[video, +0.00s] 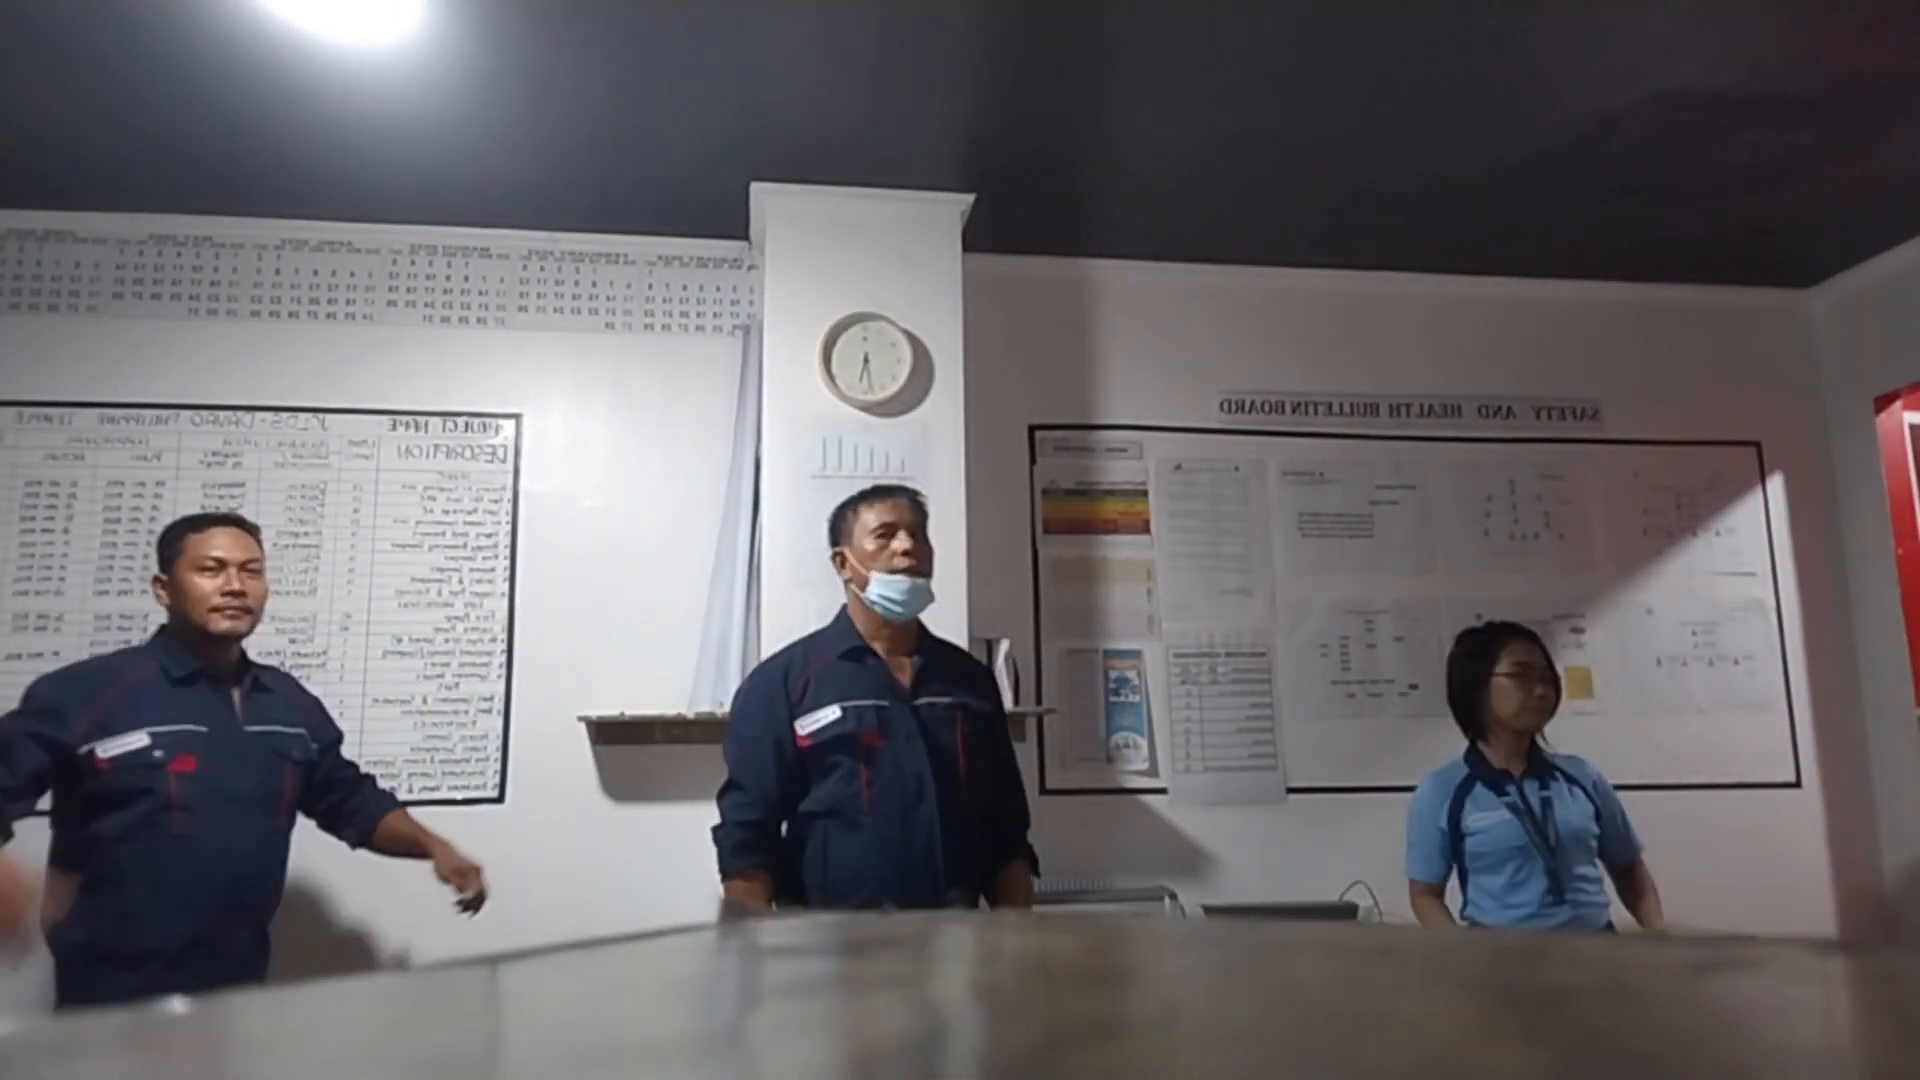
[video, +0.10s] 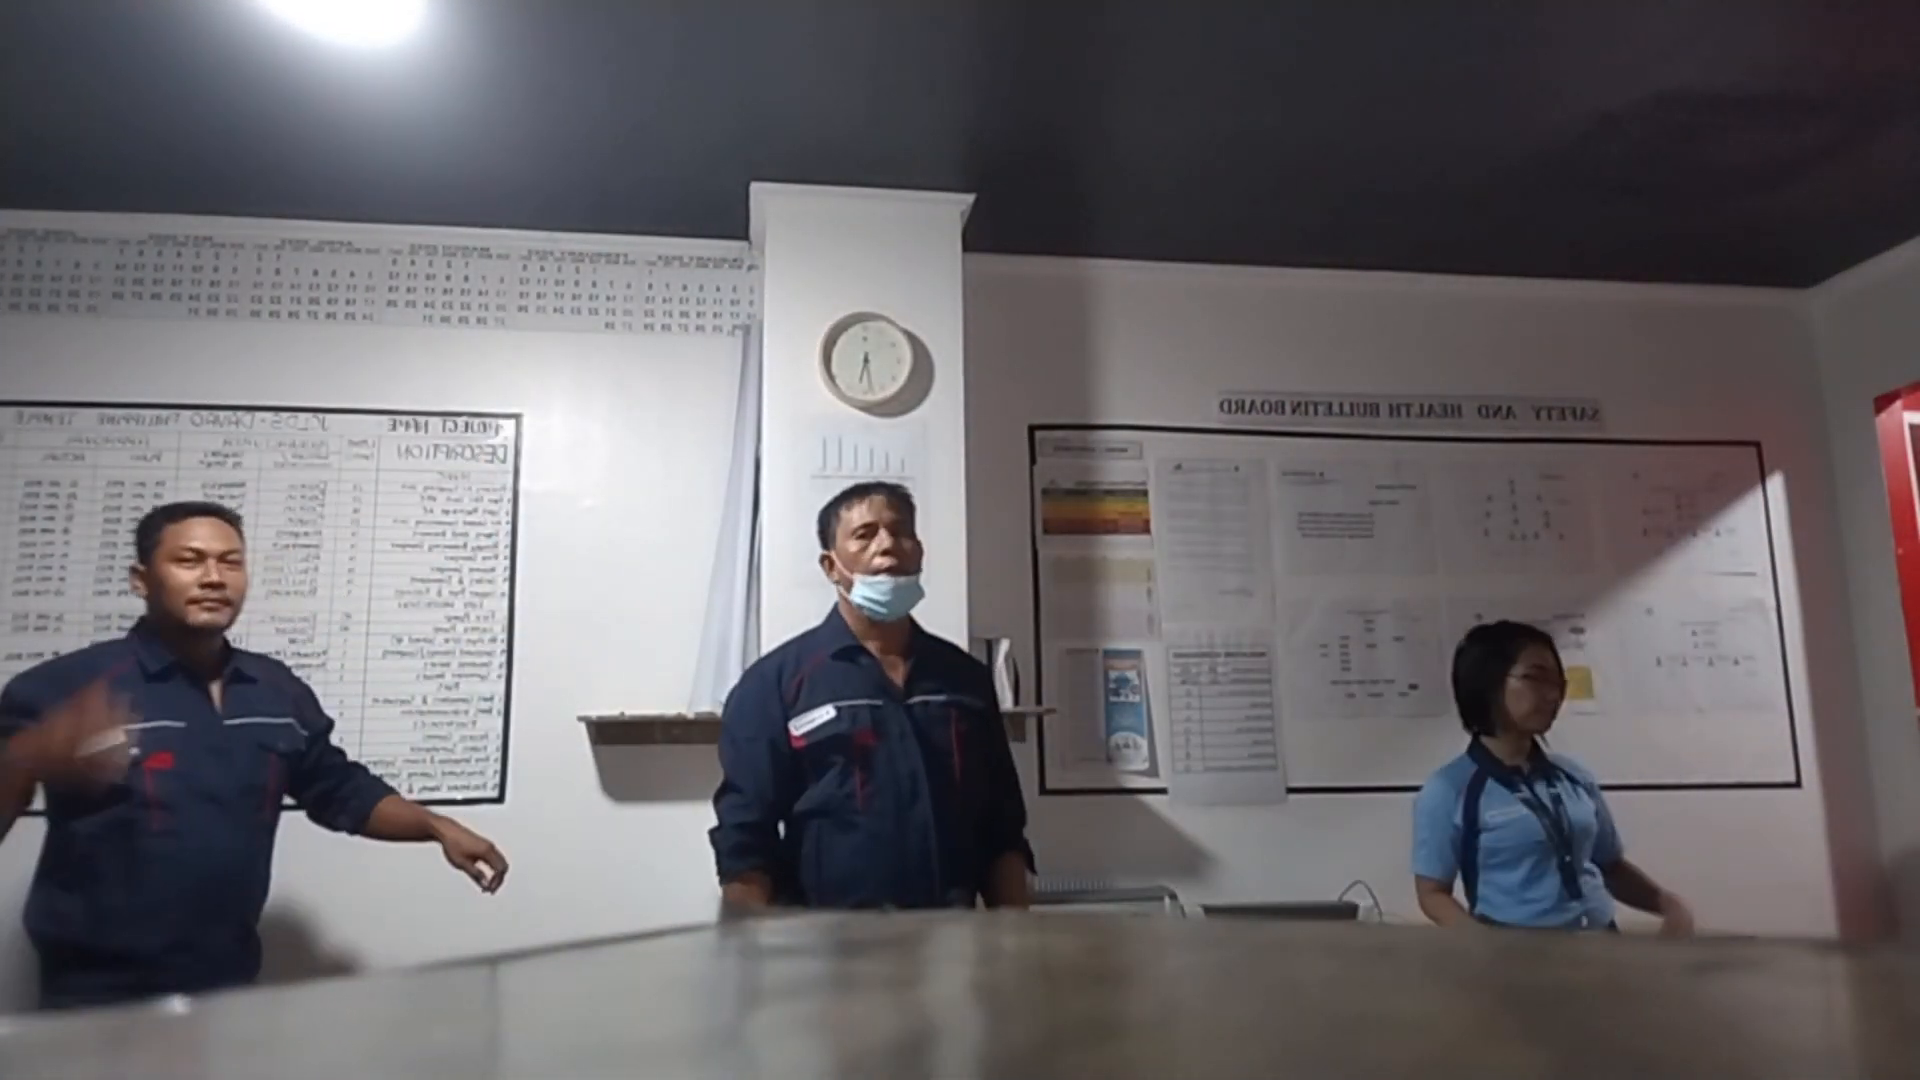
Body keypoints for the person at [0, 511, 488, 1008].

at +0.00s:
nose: (235, 585)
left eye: (250, 570)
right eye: (211, 569)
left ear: (265, 586)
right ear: (164, 588)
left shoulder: (290, 707)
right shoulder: (76, 698)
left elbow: (346, 798)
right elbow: (1, 799)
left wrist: (434, 847)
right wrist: (11, 880)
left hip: (233, 996)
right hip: (106, 1001)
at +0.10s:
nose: (213, 576)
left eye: (229, 561)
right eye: (189, 559)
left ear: (245, 579)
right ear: (143, 579)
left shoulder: (277, 692)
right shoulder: (65, 690)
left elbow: (338, 789)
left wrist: (437, 826)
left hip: (222, 986)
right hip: (91, 991)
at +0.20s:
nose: (186, 578)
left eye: (199, 560)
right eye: (160, 562)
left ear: (217, 575)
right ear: (111, 584)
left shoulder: (262, 686)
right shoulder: (61, 682)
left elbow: (332, 782)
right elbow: (3, 770)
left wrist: (430, 833)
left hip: (209, 986)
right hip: (76, 991)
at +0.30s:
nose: (154, 576)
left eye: (167, 558)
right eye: (130, 564)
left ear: (186, 563)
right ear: (83, 579)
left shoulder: (240, 683)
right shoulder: (46, 684)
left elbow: (314, 784)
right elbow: (10, 696)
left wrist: (404, 857)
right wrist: (83, 579)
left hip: (197, 1000)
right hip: (64, 1007)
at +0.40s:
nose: (126, 573)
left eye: (138, 548)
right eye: (96, 563)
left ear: (162, 554)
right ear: (59, 585)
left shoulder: (223, 677)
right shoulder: (30, 676)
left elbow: (283, 794)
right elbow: (16, 637)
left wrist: (360, 888)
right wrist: (64, 537)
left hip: (180, 1002)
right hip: (48, 1009)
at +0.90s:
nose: (131, 560)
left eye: (143, 537)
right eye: (101, 543)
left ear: (161, 546)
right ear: (45, 562)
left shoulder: (185, 683)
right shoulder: (11, 673)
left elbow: (231, 801)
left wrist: (339, 866)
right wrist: (18, 570)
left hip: (161, 1011)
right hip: (27, 1018)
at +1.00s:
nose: (139, 549)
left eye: (154, 529)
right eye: (110, 529)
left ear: (173, 542)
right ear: (52, 547)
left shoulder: (190, 682)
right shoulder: (11, 658)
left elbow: (237, 811)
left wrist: (345, 897)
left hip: (166, 1003)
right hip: (29, 1009)